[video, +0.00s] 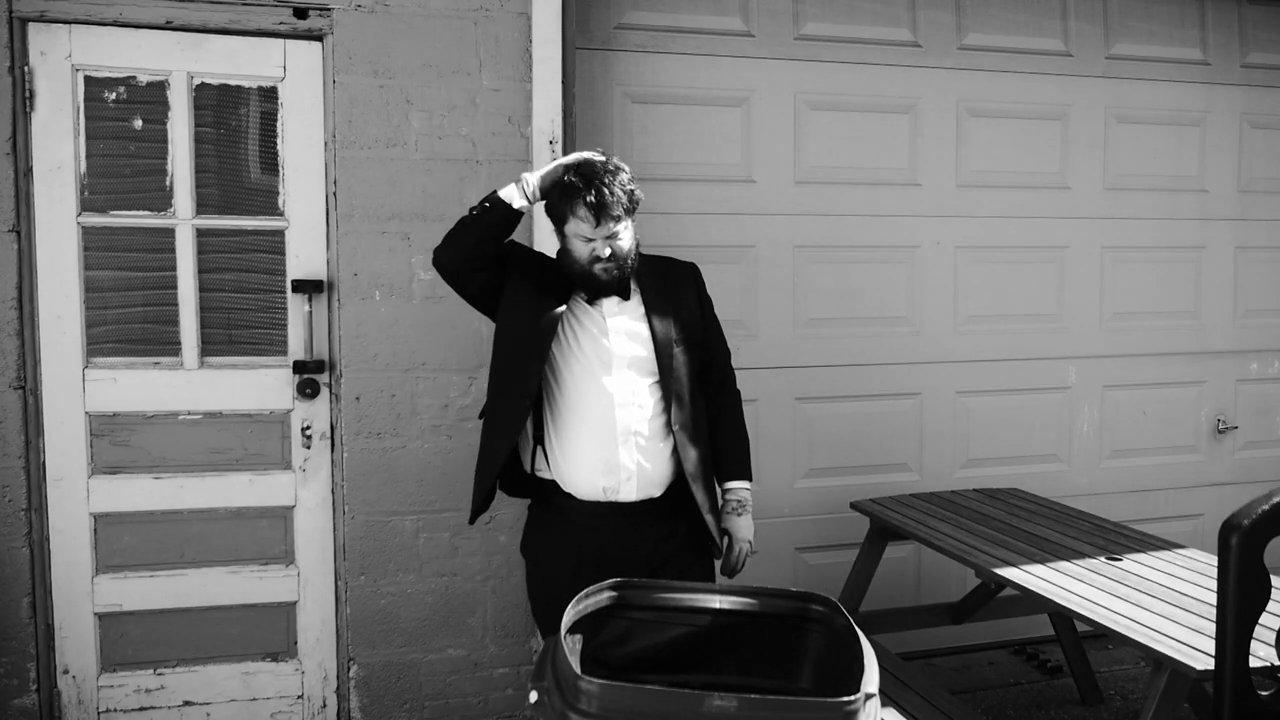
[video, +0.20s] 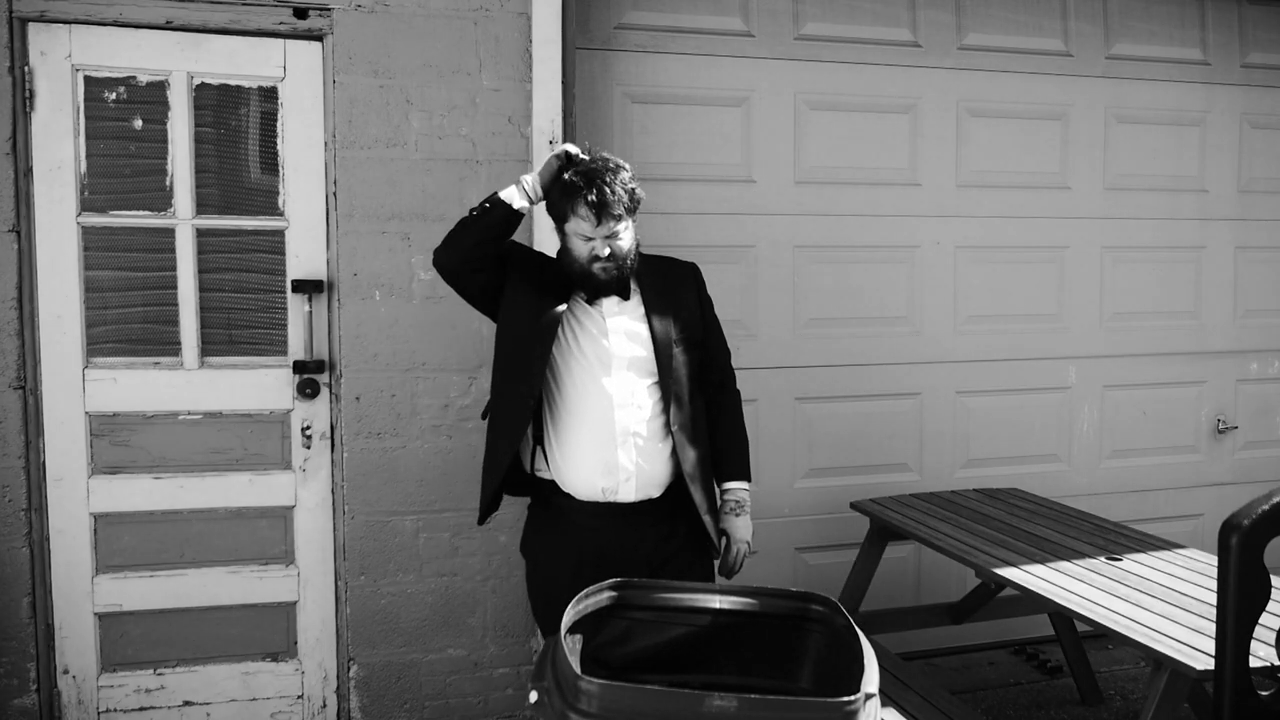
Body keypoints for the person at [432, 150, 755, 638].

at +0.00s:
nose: (605, 250)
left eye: (616, 232)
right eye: (587, 238)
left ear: (634, 221)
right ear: (558, 235)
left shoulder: (679, 286)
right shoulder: (529, 287)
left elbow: (719, 392)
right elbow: (455, 258)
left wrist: (737, 499)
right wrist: (530, 188)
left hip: (670, 527)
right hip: (566, 529)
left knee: (675, 691)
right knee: (577, 689)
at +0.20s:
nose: (603, 250)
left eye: (615, 234)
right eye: (586, 236)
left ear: (634, 225)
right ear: (558, 232)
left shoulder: (679, 286)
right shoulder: (530, 286)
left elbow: (720, 393)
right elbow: (455, 258)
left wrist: (736, 500)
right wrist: (533, 188)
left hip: (669, 527)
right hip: (566, 529)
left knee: (677, 691)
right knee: (577, 689)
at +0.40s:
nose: (603, 250)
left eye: (616, 234)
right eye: (586, 238)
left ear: (636, 223)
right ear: (559, 233)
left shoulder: (679, 286)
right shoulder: (530, 286)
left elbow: (719, 392)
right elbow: (454, 258)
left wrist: (735, 501)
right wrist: (534, 189)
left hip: (668, 527)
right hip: (565, 529)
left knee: (675, 691)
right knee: (576, 688)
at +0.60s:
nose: (603, 252)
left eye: (616, 236)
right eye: (586, 238)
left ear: (635, 225)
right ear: (558, 231)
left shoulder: (679, 287)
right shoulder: (531, 285)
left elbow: (719, 395)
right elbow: (456, 258)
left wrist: (735, 502)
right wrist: (534, 190)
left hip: (668, 527)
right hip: (564, 530)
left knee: (674, 691)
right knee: (576, 689)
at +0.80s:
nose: (603, 251)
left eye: (616, 235)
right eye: (586, 238)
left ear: (635, 225)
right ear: (559, 233)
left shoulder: (678, 286)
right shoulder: (530, 287)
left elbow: (718, 393)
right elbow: (455, 259)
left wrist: (735, 502)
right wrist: (534, 190)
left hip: (668, 527)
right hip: (564, 529)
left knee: (674, 692)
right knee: (576, 689)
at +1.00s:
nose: (611, 252)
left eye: (622, 235)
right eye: (594, 239)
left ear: (639, 223)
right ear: (565, 235)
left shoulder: (680, 287)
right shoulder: (526, 287)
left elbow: (719, 395)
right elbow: (441, 278)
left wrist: (734, 502)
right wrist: (510, 202)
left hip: (671, 528)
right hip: (566, 532)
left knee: (676, 696)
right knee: (576, 694)